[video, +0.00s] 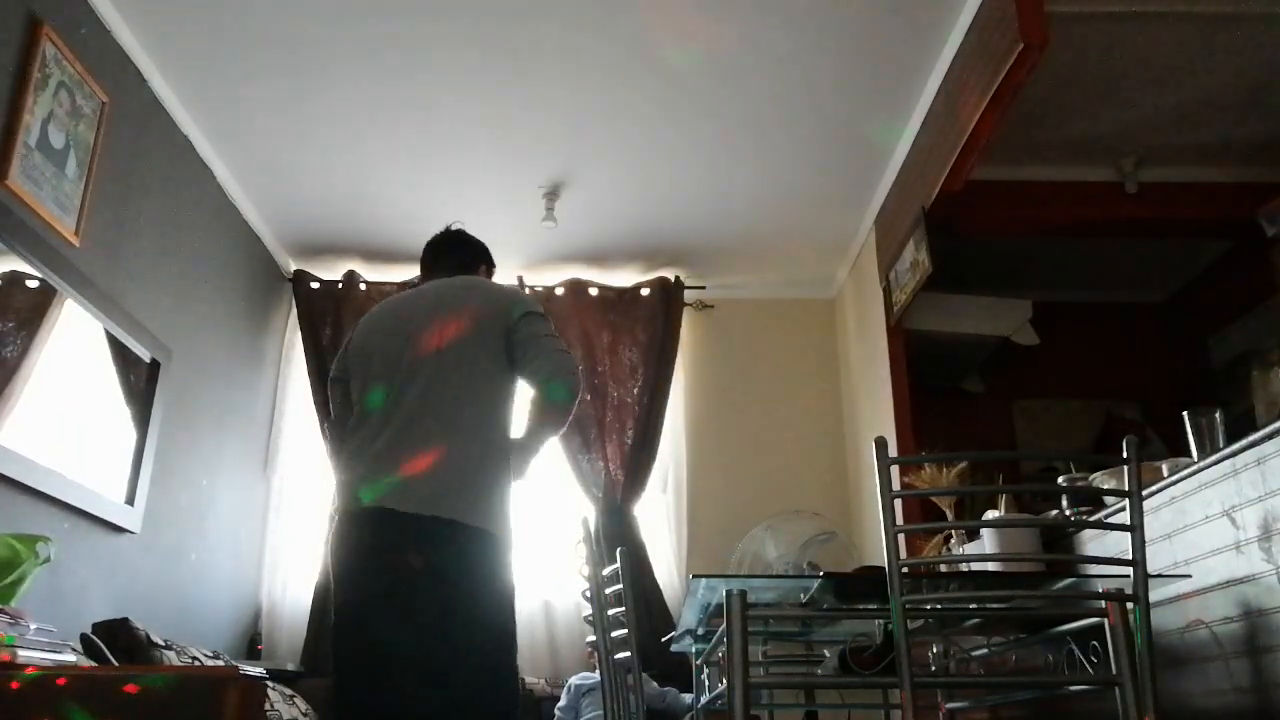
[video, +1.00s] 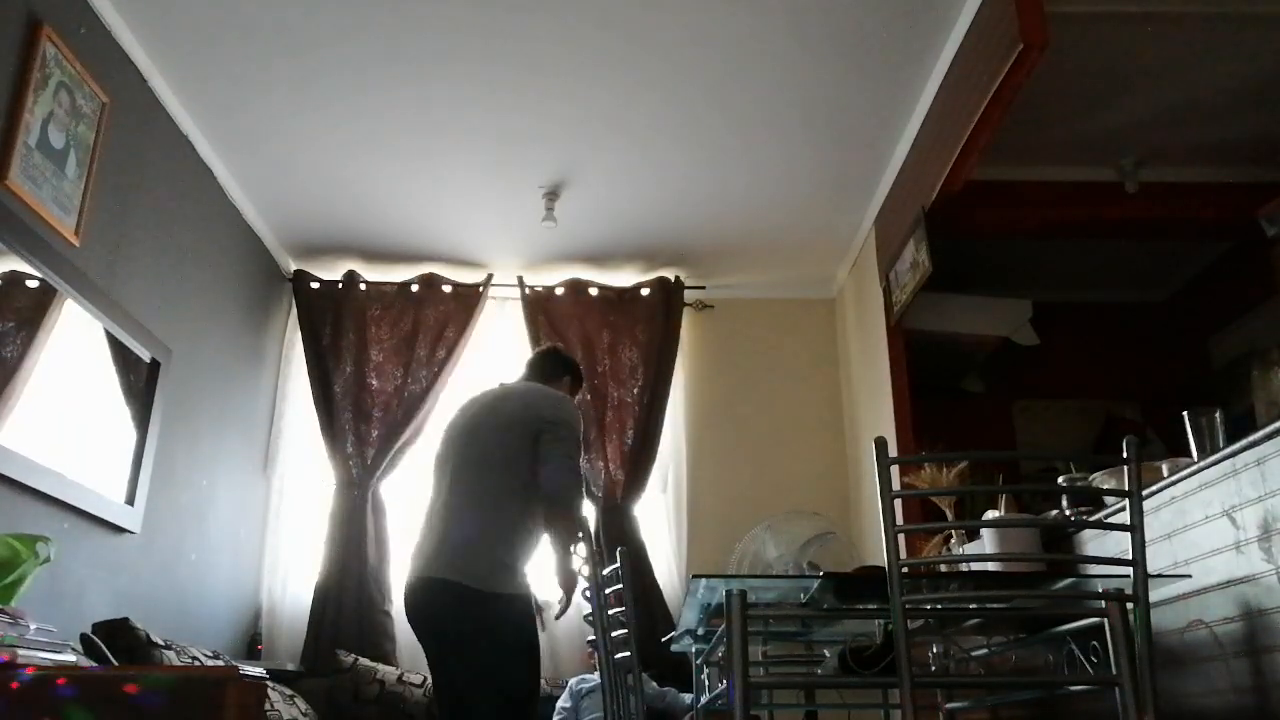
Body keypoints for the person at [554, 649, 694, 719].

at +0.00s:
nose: (605, 655)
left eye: (611, 649)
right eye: (599, 650)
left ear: (621, 652)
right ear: (591, 656)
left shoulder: (636, 679)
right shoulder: (578, 683)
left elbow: (670, 700)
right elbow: (562, 716)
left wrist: (702, 699)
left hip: (632, 715)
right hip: (593, 716)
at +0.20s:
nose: (607, 655)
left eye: (612, 650)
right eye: (600, 650)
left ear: (620, 652)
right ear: (591, 656)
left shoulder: (637, 680)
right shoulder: (578, 684)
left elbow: (666, 698)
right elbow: (562, 715)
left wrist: (698, 699)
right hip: (592, 714)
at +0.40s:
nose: (606, 654)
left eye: (611, 648)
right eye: (600, 649)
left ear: (618, 652)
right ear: (590, 656)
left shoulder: (636, 680)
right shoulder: (577, 685)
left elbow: (665, 698)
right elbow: (561, 716)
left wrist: (698, 700)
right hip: (593, 715)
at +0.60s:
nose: (609, 655)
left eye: (613, 650)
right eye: (602, 651)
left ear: (622, 652)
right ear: (590, 656)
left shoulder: (635, 679)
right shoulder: (577, 685)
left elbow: (665, 698)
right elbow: (569, 714)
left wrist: (699, 700)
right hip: (592, 716)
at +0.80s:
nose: (600, 654)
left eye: (604, 649)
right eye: (595, 649)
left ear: (616, 652)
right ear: (590, 656)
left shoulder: (636, 680)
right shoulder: (578, 685)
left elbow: (667, 699)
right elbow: (561, 715)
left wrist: (700, 700)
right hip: (593, 715)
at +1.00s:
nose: (602, 655)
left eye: (606, 649)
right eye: (597, 650)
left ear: (617, 651)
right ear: (591, 656)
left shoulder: (636, 680)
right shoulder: (578, 685)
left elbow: (666, 698)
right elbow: (561, 715)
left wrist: (698, 699)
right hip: (593, 715)